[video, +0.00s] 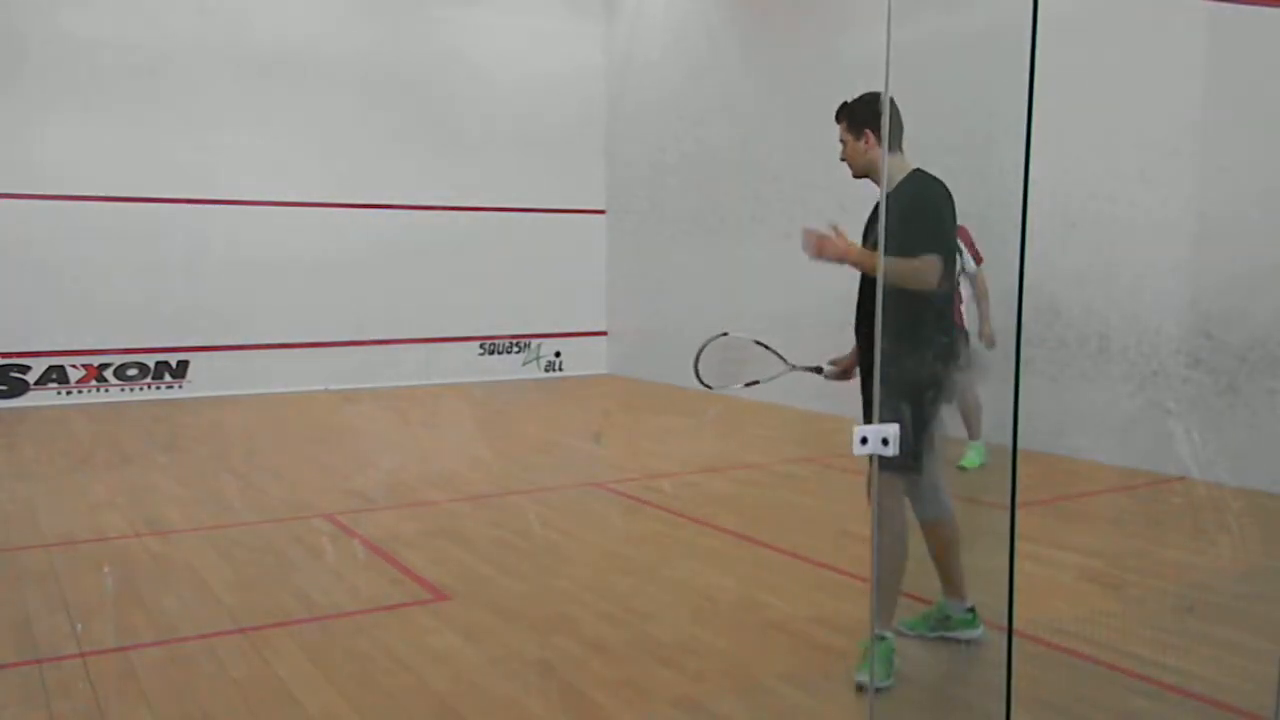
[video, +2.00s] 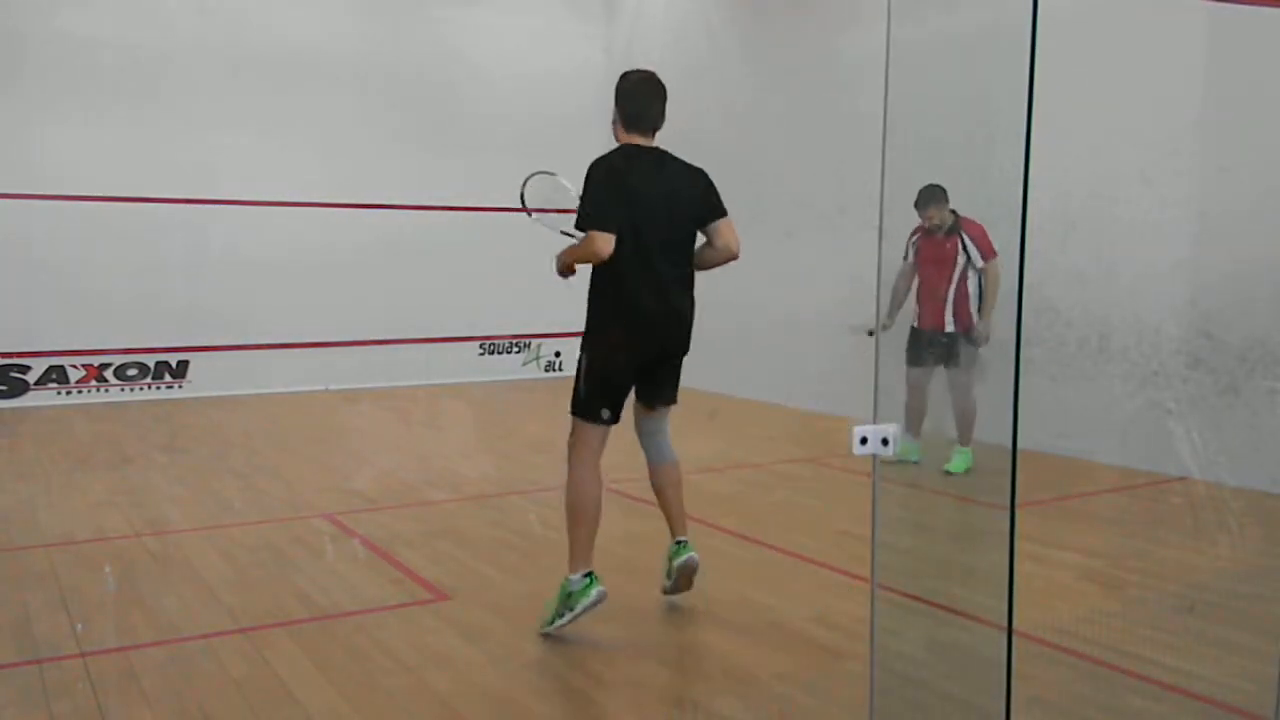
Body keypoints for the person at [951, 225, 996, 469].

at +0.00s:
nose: (936, 213)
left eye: (940, 207)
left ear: (947, 207)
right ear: (921, 211)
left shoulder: (957, 235)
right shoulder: (914, 241)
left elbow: (977, 278)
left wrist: (985, 323)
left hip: (952, 327)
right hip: (920, 327)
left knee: (962, 385)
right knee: (921, 390)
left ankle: (975, 442)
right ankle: (920, 446)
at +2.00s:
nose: (927, 223)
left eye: (932, 217)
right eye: (923, 218)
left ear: (946, 208)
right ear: (919, 214)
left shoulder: (970, 232)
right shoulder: (918, 237)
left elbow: (992, 271)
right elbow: (906, 275)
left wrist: (985, 319)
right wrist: (891, 314)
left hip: (960, 330)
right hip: (924, 328)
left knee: (961, 388)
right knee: (915, 385)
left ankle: (963, 450)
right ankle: (910, 443)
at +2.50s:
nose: (922, 220)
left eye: (927, 214)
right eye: (917, 215)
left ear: (940, 207)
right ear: (912, 212)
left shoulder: (960, 232)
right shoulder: (908, 237)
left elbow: (974, 273)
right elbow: (898, 279)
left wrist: (949, 306)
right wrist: (889, 320)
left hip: (948, 330)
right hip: (912, 328)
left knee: (955, 386)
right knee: (899, 382)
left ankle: (962, 448)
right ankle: (895, 442)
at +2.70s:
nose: (914, 207)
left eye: (919, 202)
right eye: (909, 203)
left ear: (929, 202)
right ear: (902, 206)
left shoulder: (943, 231)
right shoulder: (892, 236)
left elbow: (951, 273)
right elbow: (886, 279)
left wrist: (908, 290)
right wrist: (881, 319)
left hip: (933, 328)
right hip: (897, 327)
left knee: (945, 384)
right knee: (892, 382)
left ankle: (960, 447)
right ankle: (894, 443)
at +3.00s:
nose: (900, 203)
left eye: (905, 198)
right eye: (895, 198)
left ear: (913, 200)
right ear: (887, 201)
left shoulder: (924, 233)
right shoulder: (876, 233)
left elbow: (932, 279)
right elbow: (865, 274)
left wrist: (932, 320)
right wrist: (856, 308)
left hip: (909, 324)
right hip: (879, 324)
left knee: (914, 379)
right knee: (886, 382)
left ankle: (945, 440)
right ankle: (890, 443)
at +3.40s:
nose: (893, 202)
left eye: (898, 197)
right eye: (888, 197)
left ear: (906, 201)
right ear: (880, 199)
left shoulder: (918, 233)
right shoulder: (866, 233)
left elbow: (935, 273)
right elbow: (856, 267)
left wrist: (943, 315)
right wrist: (847, 281)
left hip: (902, 322)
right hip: (870, 322)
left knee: (901, 376)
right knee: (881, 381)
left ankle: (919, 441)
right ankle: (885, 442)